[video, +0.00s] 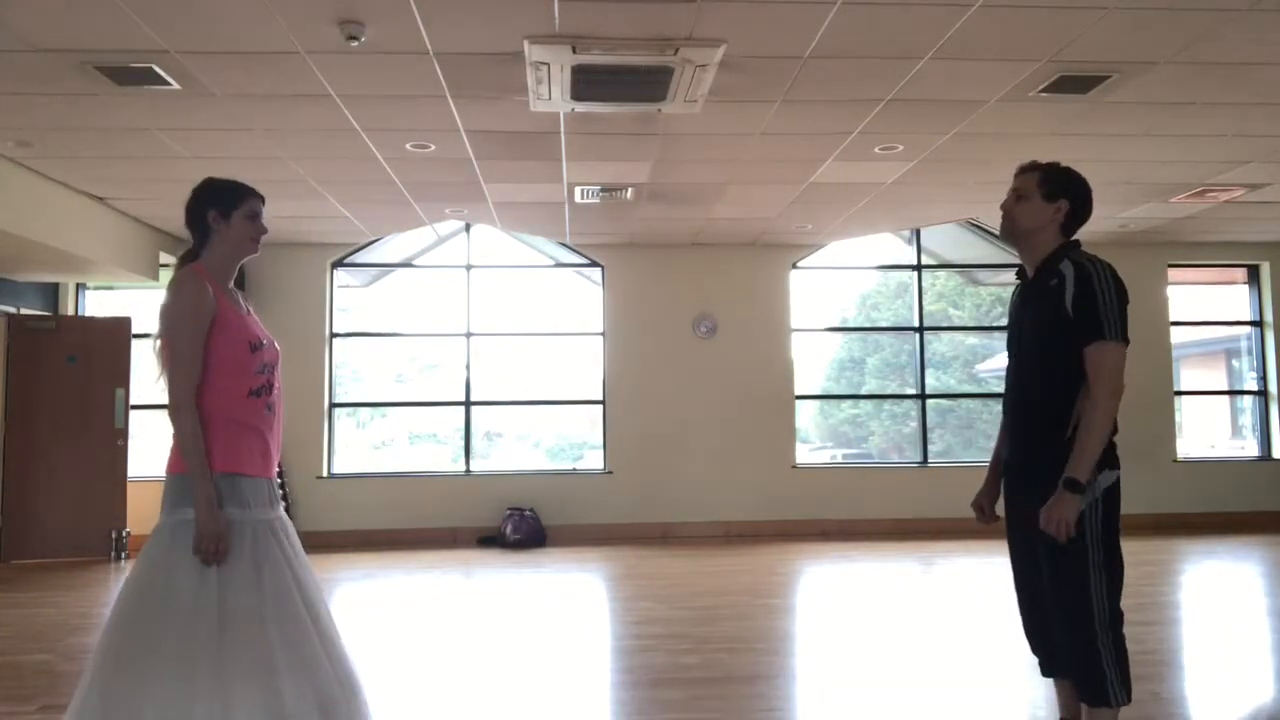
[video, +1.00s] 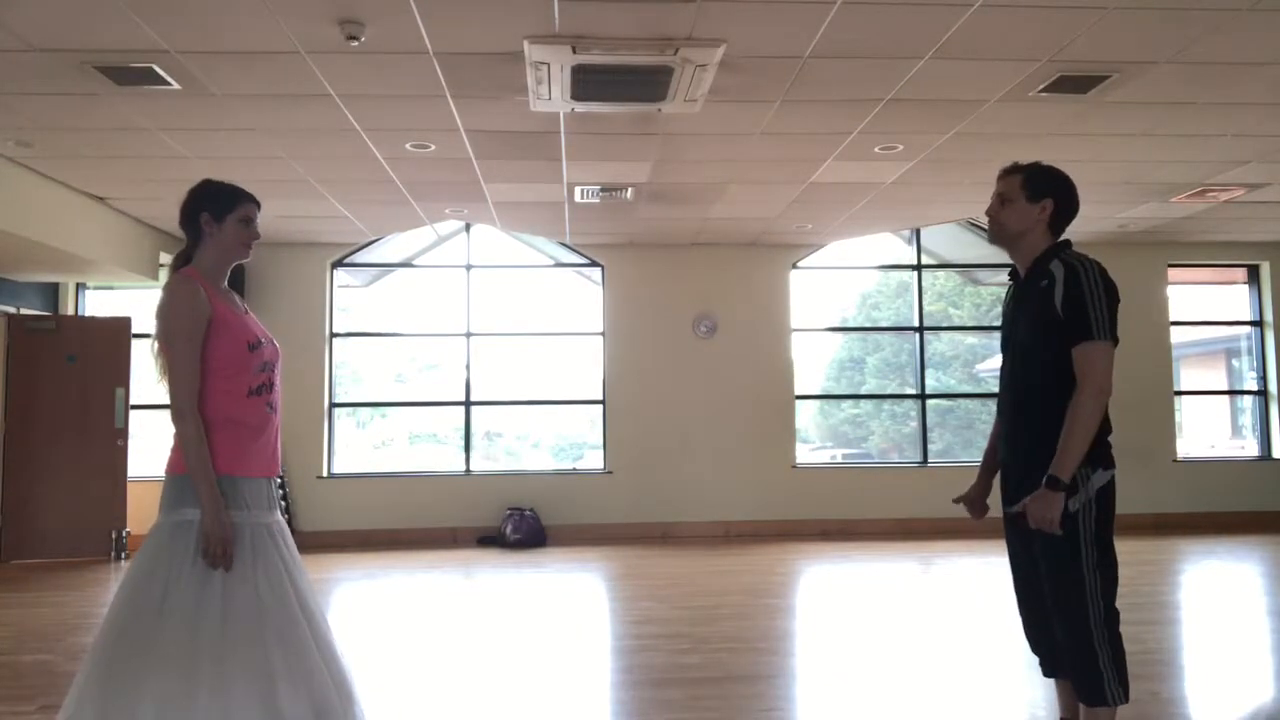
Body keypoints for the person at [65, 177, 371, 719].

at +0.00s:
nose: (263, 230)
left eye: (263, 220)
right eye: (253, 218)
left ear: (225, 224)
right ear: (215, 220)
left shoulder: (234, 297)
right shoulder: (192, 288)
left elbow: (239, 399)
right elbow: (181, 401)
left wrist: (269, 484)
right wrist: (206, 505)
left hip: (253, 493)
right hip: (218, 494)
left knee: (257, 651)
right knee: (215, 652)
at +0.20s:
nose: (261, 231)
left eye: (259, 220)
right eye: (250, 219)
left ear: (222, 226)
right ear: (212, 223)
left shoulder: (232, 297)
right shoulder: (192, 289)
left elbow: (236, 400)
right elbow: (182, 402)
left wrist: (268, 488)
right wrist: (208, 505)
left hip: (252, 496)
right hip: (218, 497)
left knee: (254, 653)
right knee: (215, 656)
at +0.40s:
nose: (260, 231)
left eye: (259, 221)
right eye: (249, 219)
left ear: (223, 226)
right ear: (211, 222)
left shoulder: (230, 297)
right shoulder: (192, 289)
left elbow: (234, 403)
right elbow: (185, 403)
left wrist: (264, 498)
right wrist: (211, 506)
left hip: (249, 498)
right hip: (216, 499)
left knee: (251, 656)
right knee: (213, 659)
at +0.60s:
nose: (258, 232)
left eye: (258, 222)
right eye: (248, 220)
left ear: (221, 226)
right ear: (209, 222)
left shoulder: (230, 297)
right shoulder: (191, 289)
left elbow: (235, 403)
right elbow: (184, 403)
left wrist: (265, 497)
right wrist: (211, 506)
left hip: (251, 497)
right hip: (215, 499)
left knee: (254, 654)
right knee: (214, 658)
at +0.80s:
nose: (255, 235)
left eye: (256, 225)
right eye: (246, 222)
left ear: (219, 227)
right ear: (207, 222)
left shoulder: (229, 296)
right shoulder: (188, 290)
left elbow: (238, 404)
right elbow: (183, 406)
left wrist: (267, 499)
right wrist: (210, 507)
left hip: (252, 498)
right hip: (215, 499)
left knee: (255, 654)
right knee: (216, 656)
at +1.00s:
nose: (255, 235)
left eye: (256, 226)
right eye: (246, 223)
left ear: (219, 228)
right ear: (208, 223)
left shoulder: (229, 298)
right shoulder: (186, 291)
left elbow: (244, 405)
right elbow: (184, 407)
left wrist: (271, 497)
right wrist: (212, 507)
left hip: (253, 497)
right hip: (216, 498)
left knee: (257, 653)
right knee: (218, 655)